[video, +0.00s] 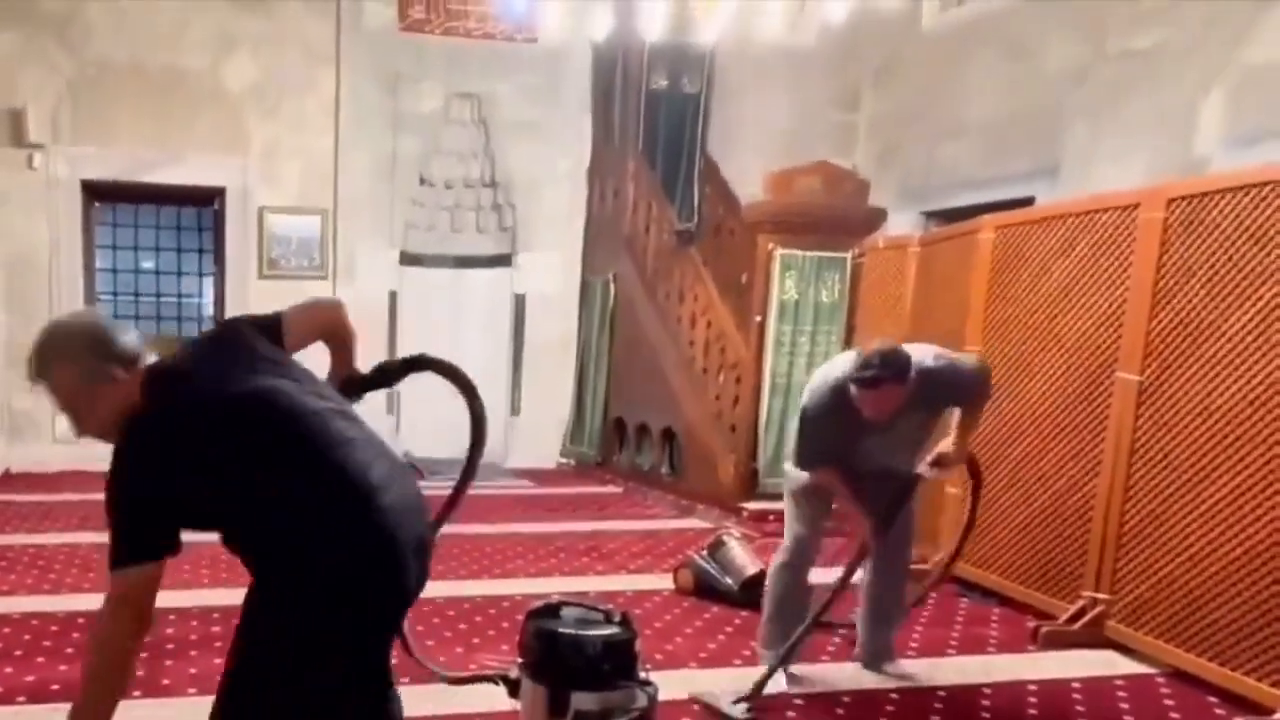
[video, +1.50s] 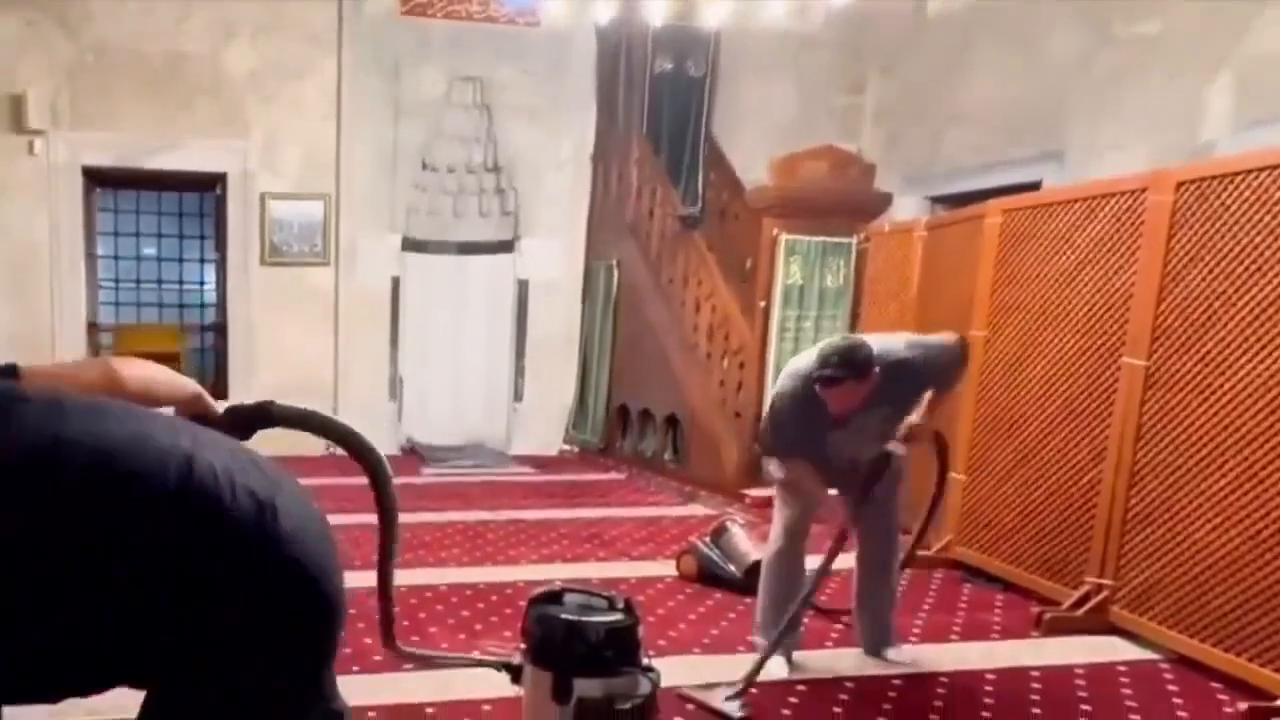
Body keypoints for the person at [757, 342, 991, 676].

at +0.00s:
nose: (865, 409)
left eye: (875, 400)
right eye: (859, 399)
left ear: (904, 387)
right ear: (854, 385)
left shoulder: (936, 375)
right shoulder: (825, 399)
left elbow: (978, 378)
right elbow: (821, 467)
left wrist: (959, 442)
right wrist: (862, 517)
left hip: (892, 469)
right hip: (827, 465)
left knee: (892, 560)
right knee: (798, 549)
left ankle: (875, 655)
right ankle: (775, 656)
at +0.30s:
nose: (824, 439)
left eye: (834, 430)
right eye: (816, 429)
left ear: (861, 413)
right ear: (807, 415)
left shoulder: (897, 401)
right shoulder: (781, 430)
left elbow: (940, 440)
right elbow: (772, 500)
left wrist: (904, 493)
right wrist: (784, 562)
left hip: (860, 486)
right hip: (798, 489)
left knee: (872, 563)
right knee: (777, 567)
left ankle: (876, 660)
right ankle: (771, 666)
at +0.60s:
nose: (807, 432)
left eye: (816, 424)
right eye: (800, 424)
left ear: (841, 407)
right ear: (788, 411)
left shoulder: (884, 398)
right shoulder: (765, 425)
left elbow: (912, 456)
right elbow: (745, 497)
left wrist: (865, 501)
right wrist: (748, 560)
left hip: (851, 483)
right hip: (787, 491)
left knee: (867, 562)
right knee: (773, 566)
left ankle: (874, 661)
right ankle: (771, 667)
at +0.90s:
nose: (814, 419)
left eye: (822, 410)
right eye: (808, 410)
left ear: (853, 391)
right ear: (802, 396)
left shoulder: (892, 377)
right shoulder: (782, 410)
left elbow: (944, 372)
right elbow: (788, 481)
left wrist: (917, 437)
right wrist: (822, 532)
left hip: (869, 474)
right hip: (803, 476)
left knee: (880, 562)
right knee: (784, 550)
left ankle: (877, 656)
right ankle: (772, 663)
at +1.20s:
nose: (824, 417)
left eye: (833, 407)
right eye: (818, 408)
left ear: (862, 399)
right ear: (810, 401)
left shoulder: (905, 392)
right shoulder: (785, 417)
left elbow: (932, 436)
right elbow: (772, 485)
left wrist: (891, 481)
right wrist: (784, 551)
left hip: (867, 475)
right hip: (803, 478)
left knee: (878, 560)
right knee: (780, 559)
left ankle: (878, 651)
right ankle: (773, 656)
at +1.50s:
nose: (826, 397)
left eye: (835, 388)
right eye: (822, 388)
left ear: (868, 379)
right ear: (816, 379)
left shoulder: (907, 361)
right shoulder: (793, 392)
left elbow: (957, 351)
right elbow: (786, 458)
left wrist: (926, 417)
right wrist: (823, 501)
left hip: (874, 458)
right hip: (810, 461)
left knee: (881, 546)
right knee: (786, 540)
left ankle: (879, 641)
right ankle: (776, 645)